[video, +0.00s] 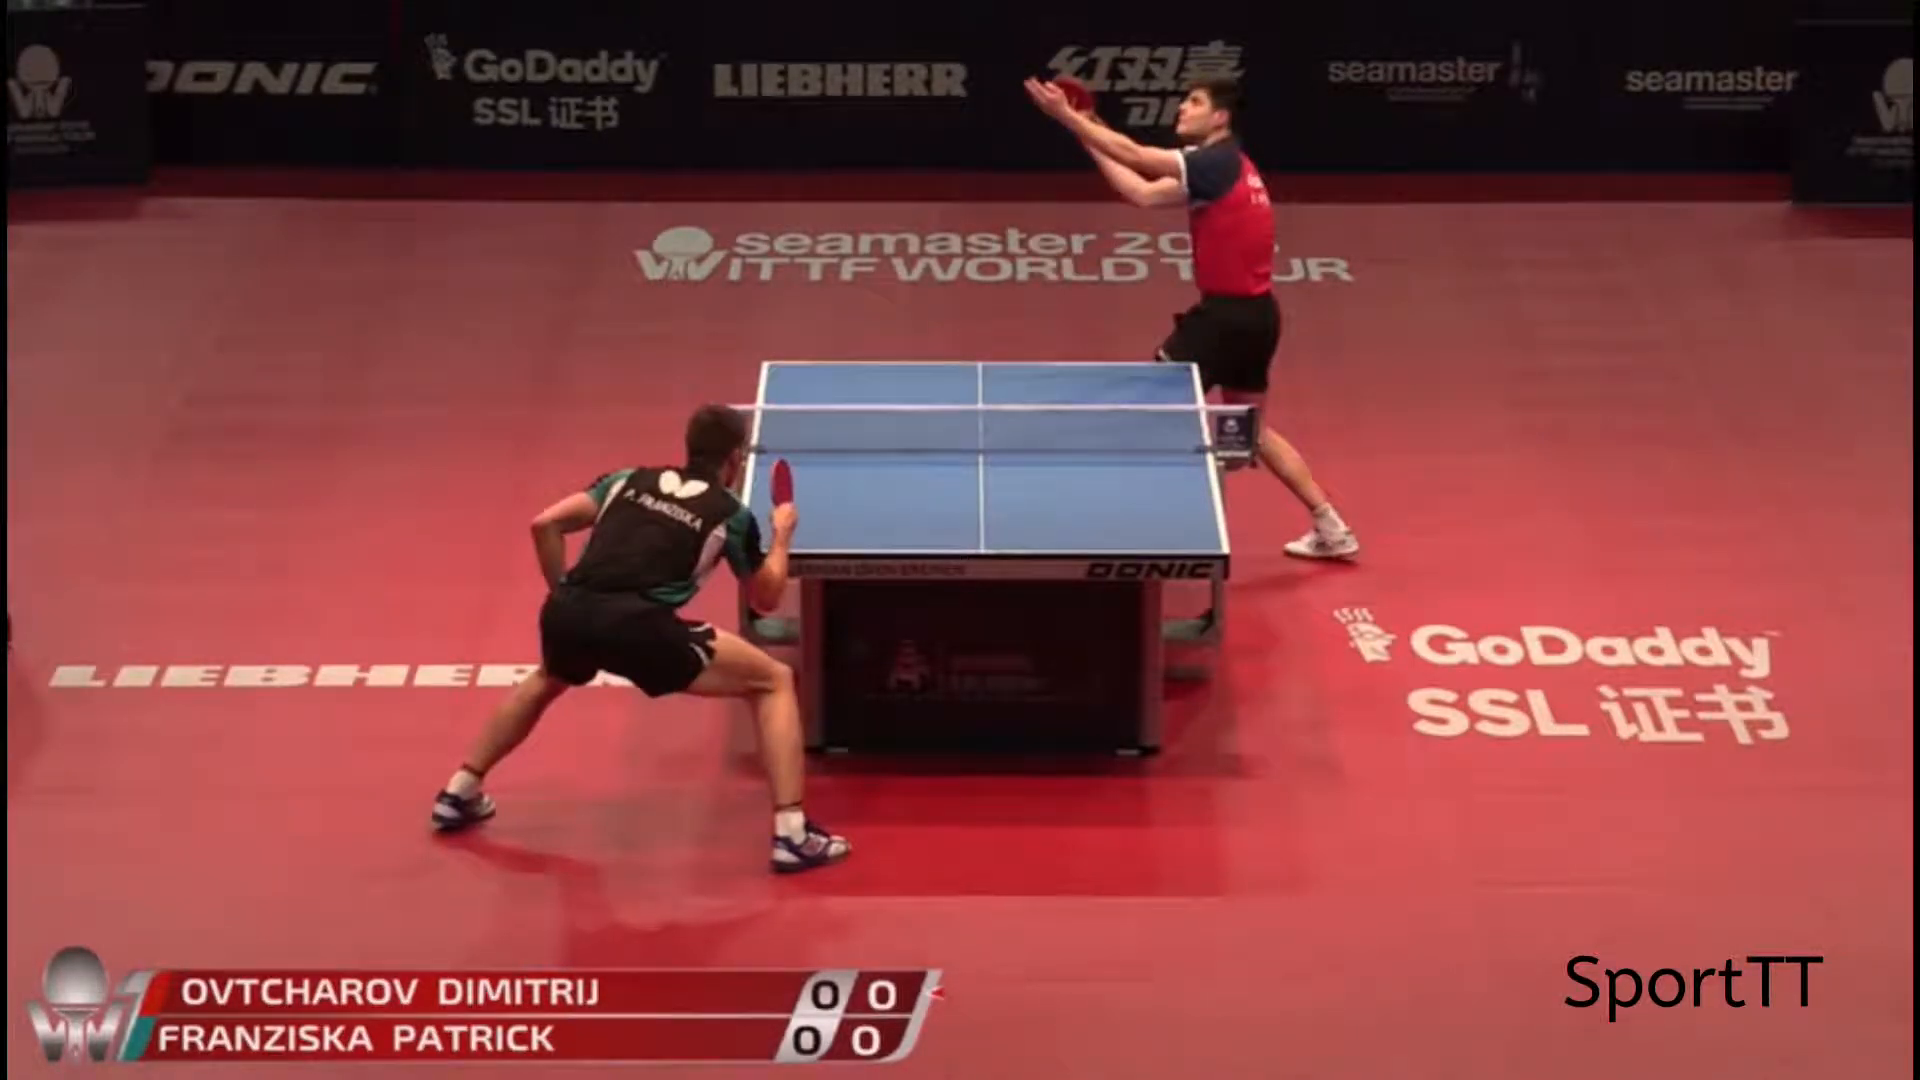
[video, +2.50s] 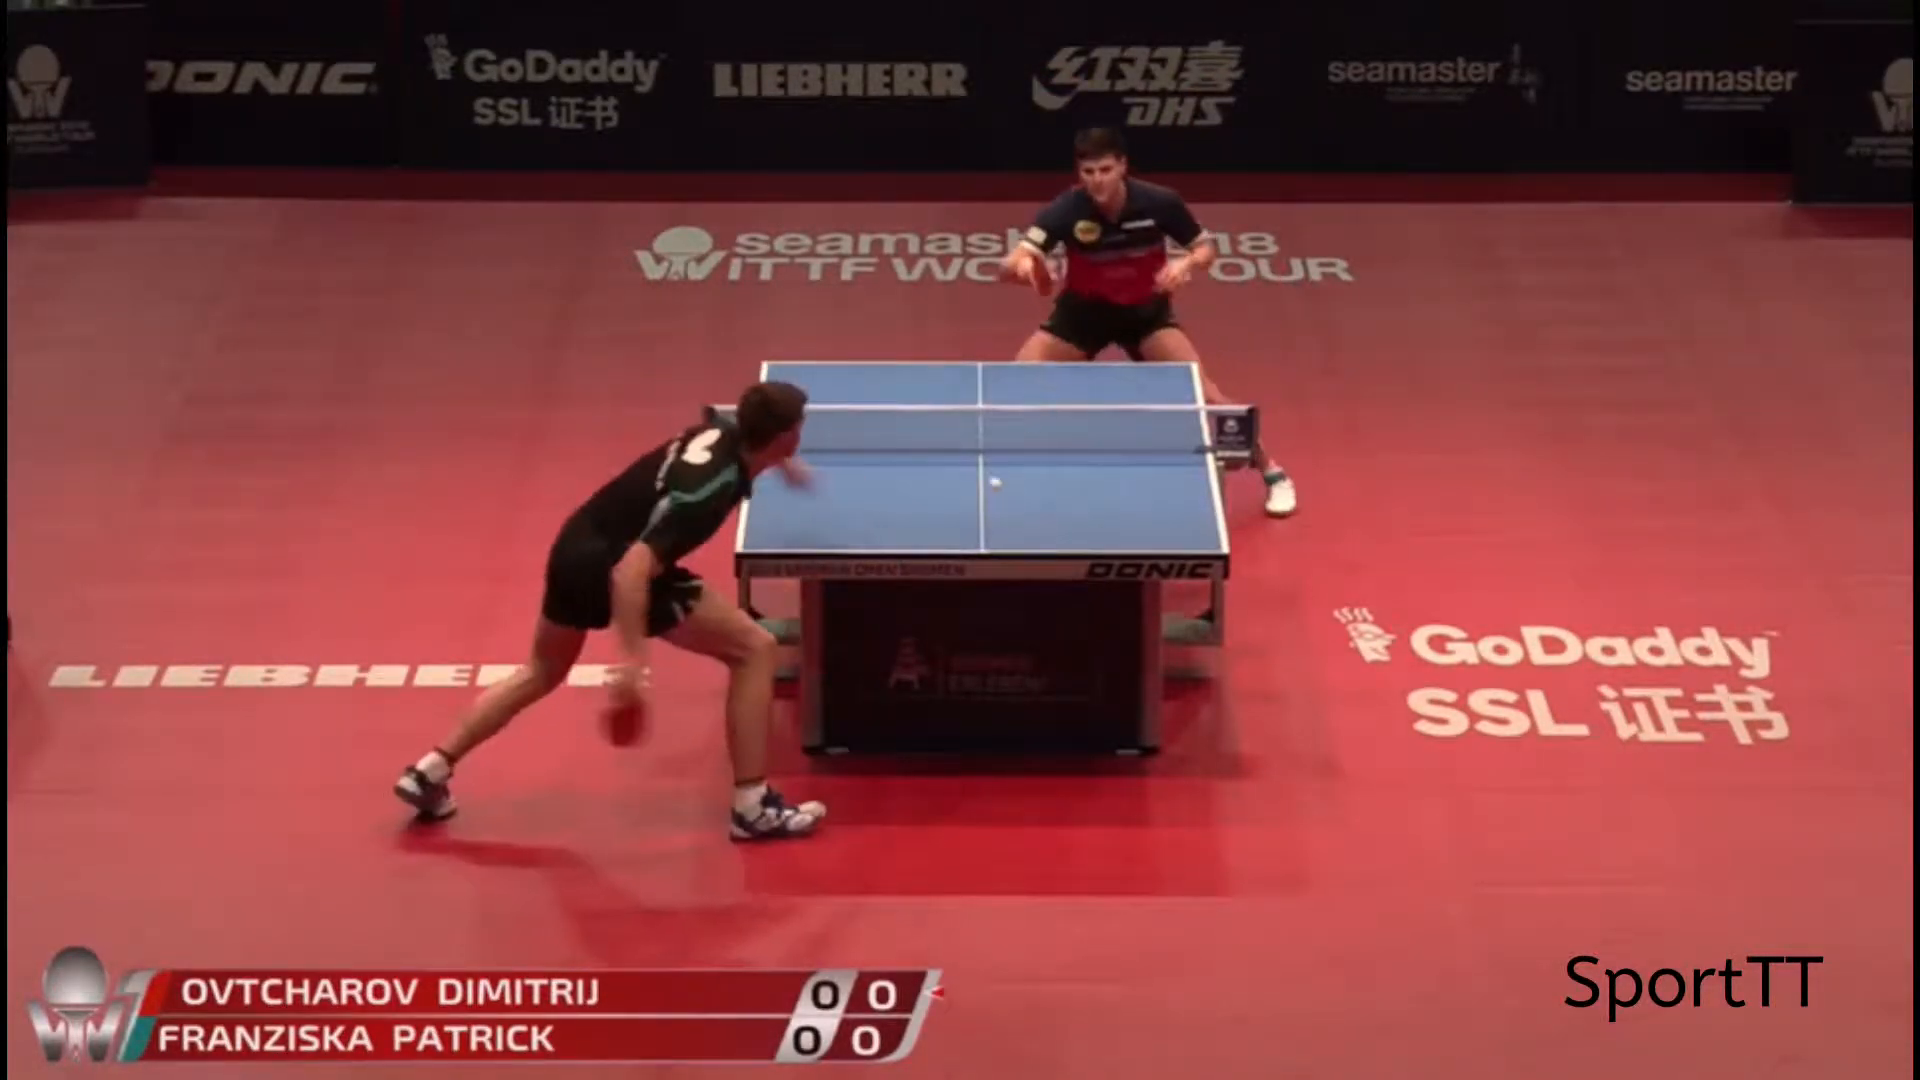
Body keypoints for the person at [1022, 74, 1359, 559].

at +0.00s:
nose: (1181, 110)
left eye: (1192, 103)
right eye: (1184, 101)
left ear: (1220, 117)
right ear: (1217, 120)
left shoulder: (1216, 161)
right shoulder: (1229, 165)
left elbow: (1136, 155)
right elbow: (1144, 192)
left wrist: (1068, 115)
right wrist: (1088, 137)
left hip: (1225, 315)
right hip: (1253, 315)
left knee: (1145, 406)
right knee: (1250, 430)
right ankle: (1330, 525)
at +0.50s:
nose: (1205, 102)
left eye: (1217, 95)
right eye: (1209, 94)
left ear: (1244, 109)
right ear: (1246, 113)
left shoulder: (1234, 151)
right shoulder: (1285, 165)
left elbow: (1201, 194)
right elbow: (1310, 247)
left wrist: (1137, 202)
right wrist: (1326, 282)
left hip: (1245, 303)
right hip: (1287, 306)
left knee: (1163, 386)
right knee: (1275, 423)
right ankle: (1334, 531)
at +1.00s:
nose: (1106, 207)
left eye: (1114, 198)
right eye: (1101, 199)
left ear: (1139, 191)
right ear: (1095, 199)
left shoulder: (1167, 227)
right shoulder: (1120, 212)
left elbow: (1235, 272)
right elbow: (1074, 229)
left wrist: (1187, 288)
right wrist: (1091, 251)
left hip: (1216, 323)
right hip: (1180, 319)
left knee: (1166, 403)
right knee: (1139, 387)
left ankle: (1247, 445)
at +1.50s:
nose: (1084, 179)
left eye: (1093, 168)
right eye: (1078, 170)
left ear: (1116, 162)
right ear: (1071, 170)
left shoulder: (1162, 195)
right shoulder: (1071, 210)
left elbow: (1216, 242)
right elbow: (1043, 267)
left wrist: (1164, 268)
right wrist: (1028, 291)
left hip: (1163, 314)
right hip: (1097, 313)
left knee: (1221, 401)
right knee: (1039, 388)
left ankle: (1259, 494)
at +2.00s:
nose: (1103, 243)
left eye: (1110, 234)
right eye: (1094, 234)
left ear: (1122, 228)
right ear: (1080, 230)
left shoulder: (1137, 244)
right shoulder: (1064, 257)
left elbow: (1162, 280)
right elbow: (1040, 304)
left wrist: (1171, 292)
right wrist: (1068, 315)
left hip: (1116, 332)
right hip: (1063, 339)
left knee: (1219, 389)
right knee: (1058, 403)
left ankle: (1266, 486)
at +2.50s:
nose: (1097, 181)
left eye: (1105, 171)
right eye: (1089, 172)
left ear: (1123, 167)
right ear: (1079, 173)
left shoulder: (1159, 204)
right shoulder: (1068, 210)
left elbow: (1205, 250)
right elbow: (1016, 261)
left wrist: (1185, 264)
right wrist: (1033, 267)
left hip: (1146, 315)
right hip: (1081, 314)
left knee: (1202, 393)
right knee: (1020, 382)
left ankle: (1273, 475)